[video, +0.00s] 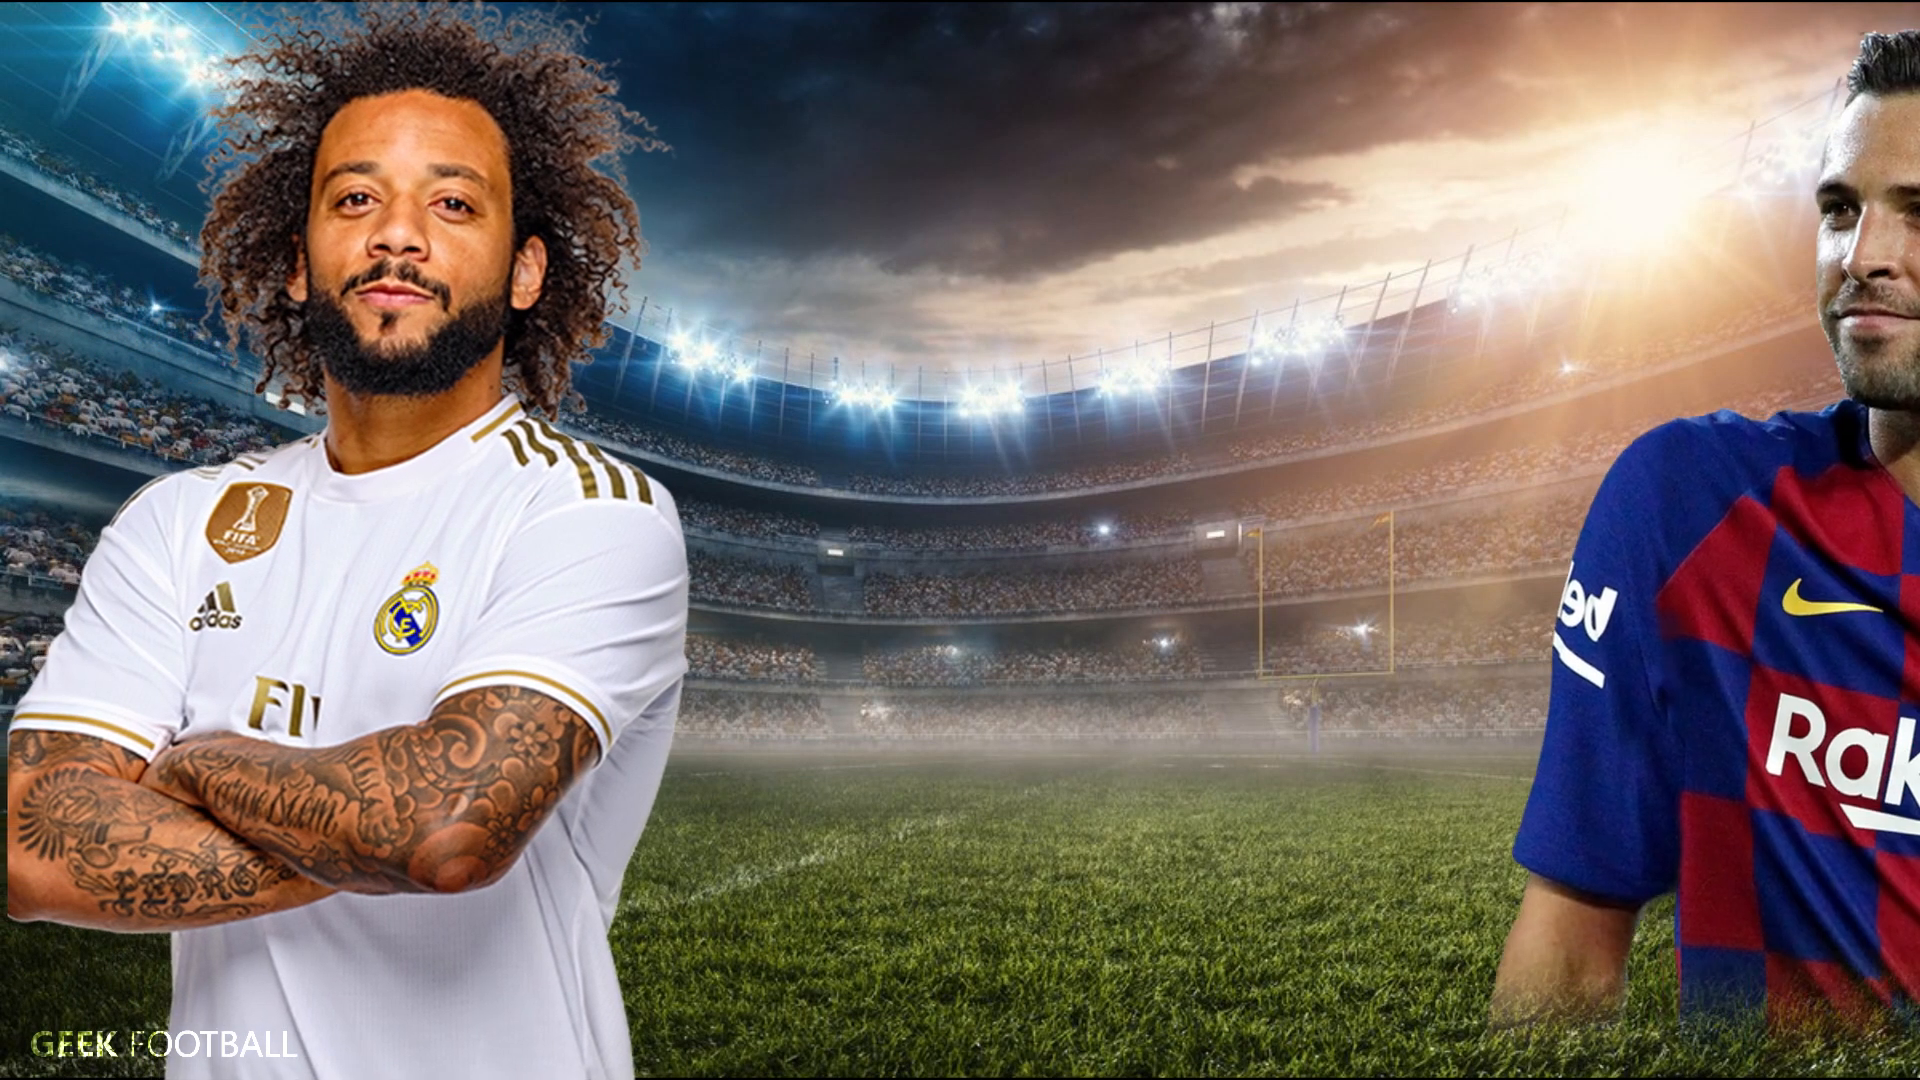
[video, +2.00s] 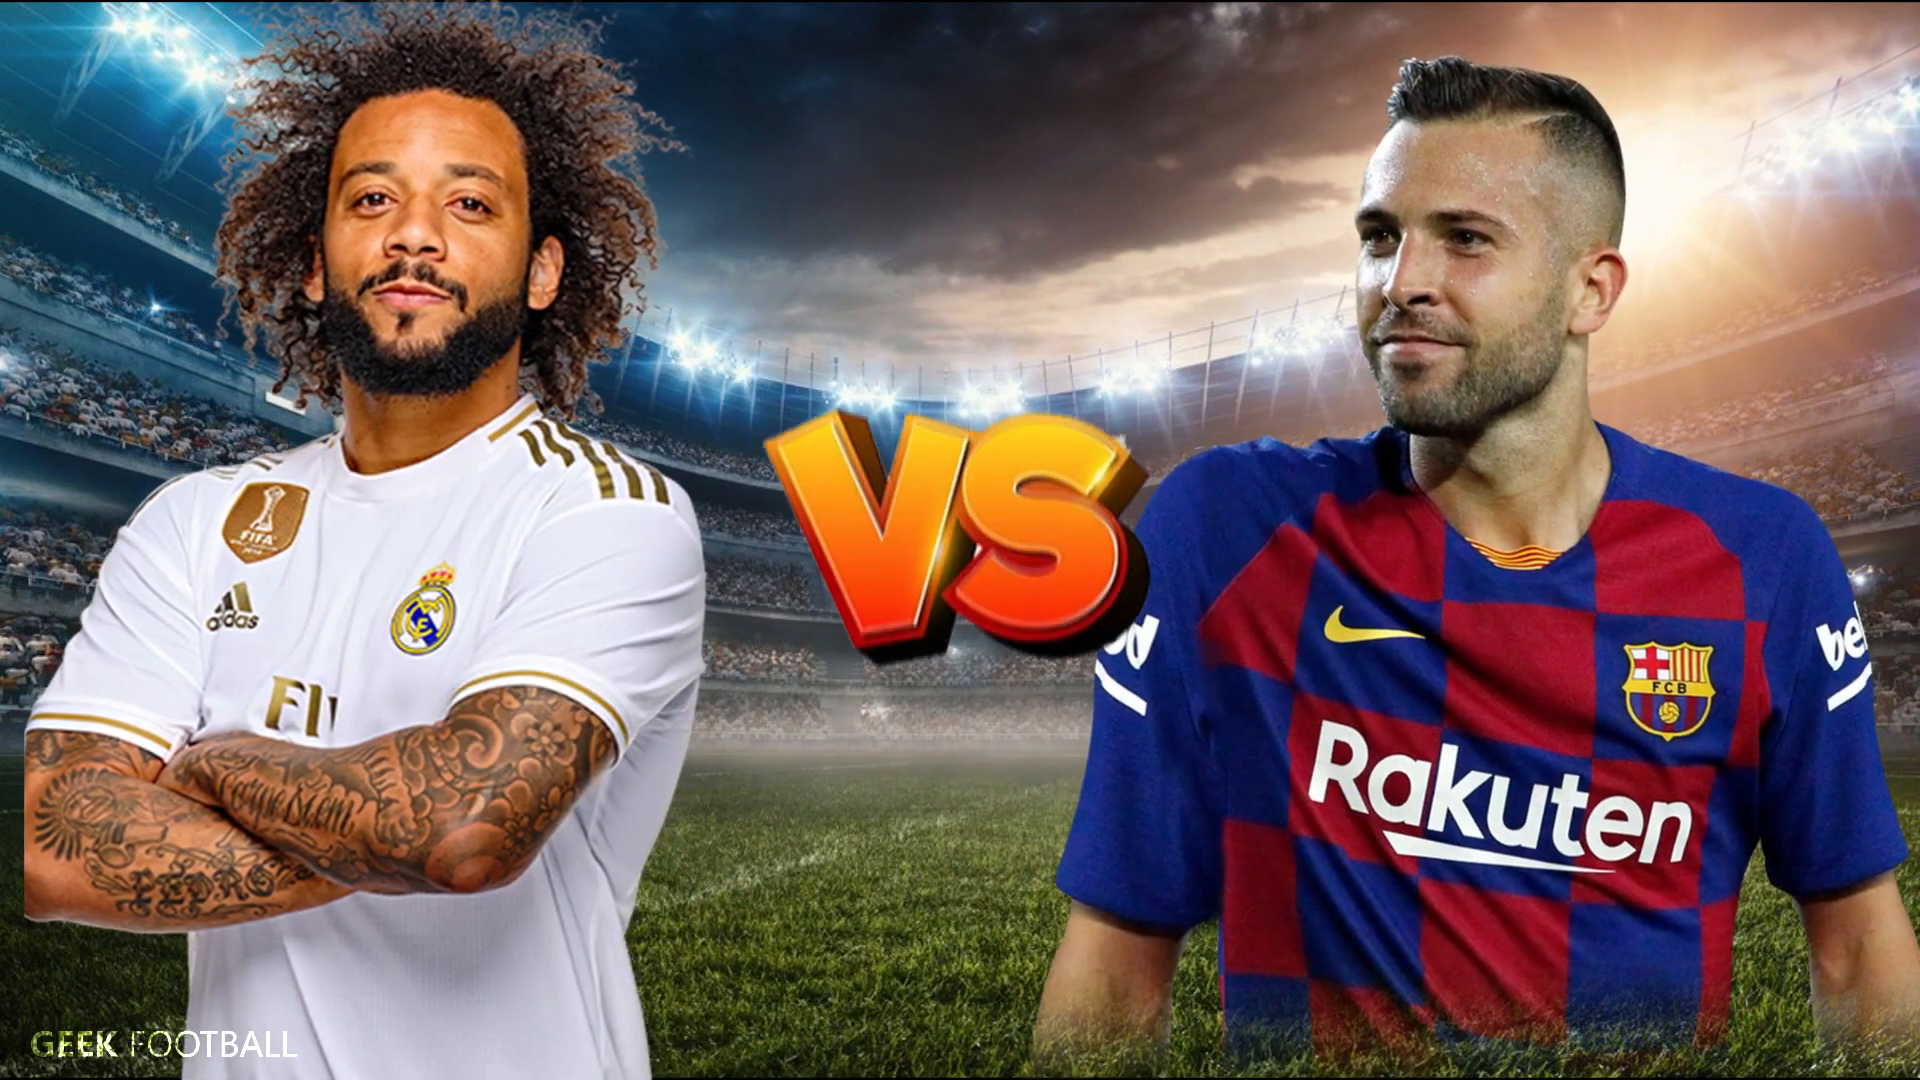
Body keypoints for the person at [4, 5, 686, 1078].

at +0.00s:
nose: (399, 238)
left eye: (454, 203)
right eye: (355, 199)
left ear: (522, 273)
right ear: (302, 259)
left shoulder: (598, 518)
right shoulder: (176, 523)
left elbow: (451, 825)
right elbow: (42, 852)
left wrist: (186, 761)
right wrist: (370, 830)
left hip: (507, 1063)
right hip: (226, 1061)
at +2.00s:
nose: (415, 238)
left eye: (471, 204)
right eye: (372, 199)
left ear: (539, 273)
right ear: (319, 259)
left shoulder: (614, 517)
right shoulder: (194, 522)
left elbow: (468, 825)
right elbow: (67, 857)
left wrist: (205, 760)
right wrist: (389, 830)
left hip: (526, 1064)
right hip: (246, 1063)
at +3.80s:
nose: (294, 234)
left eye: (349, 202)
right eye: (251, 200)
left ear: (418, 270)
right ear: (196, 261)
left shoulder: (492, 514)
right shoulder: (68, 522)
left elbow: (347, 825)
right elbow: (10, 868)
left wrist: (77, 759)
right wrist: (269, 820)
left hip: (400, 1062)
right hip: (125, 1062)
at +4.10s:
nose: (178, 236)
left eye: (235, 201)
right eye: (137, 198)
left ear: (305, 268)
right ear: (85, 256)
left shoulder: (379, 514)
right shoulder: (11, 502)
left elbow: (230, 820)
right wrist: (171, 813)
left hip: (286, 1060)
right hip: (28, 1058)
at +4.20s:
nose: (130, 232)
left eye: (186, 200)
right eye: (89, 198)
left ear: (256, 268)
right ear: (36, 258)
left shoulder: (330, 514)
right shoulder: (5, 492)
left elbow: (185, 820)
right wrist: (108, 809)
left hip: (237, 1057)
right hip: (18, 1053)